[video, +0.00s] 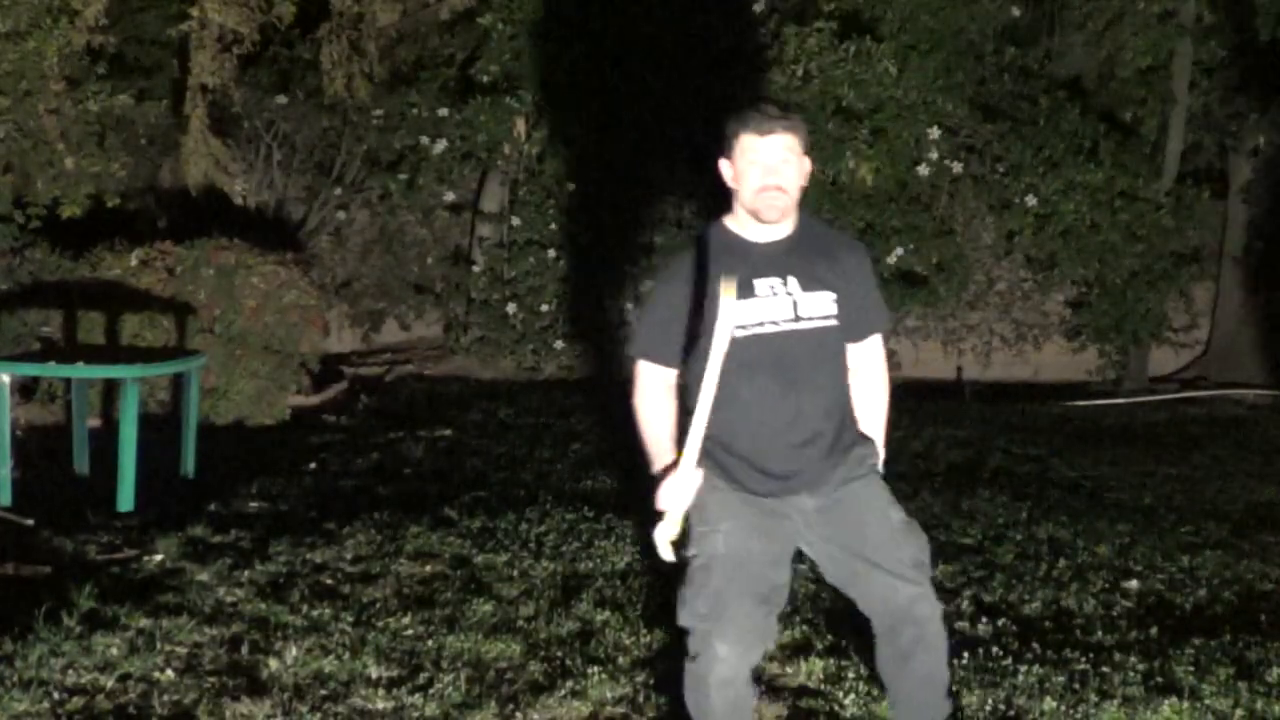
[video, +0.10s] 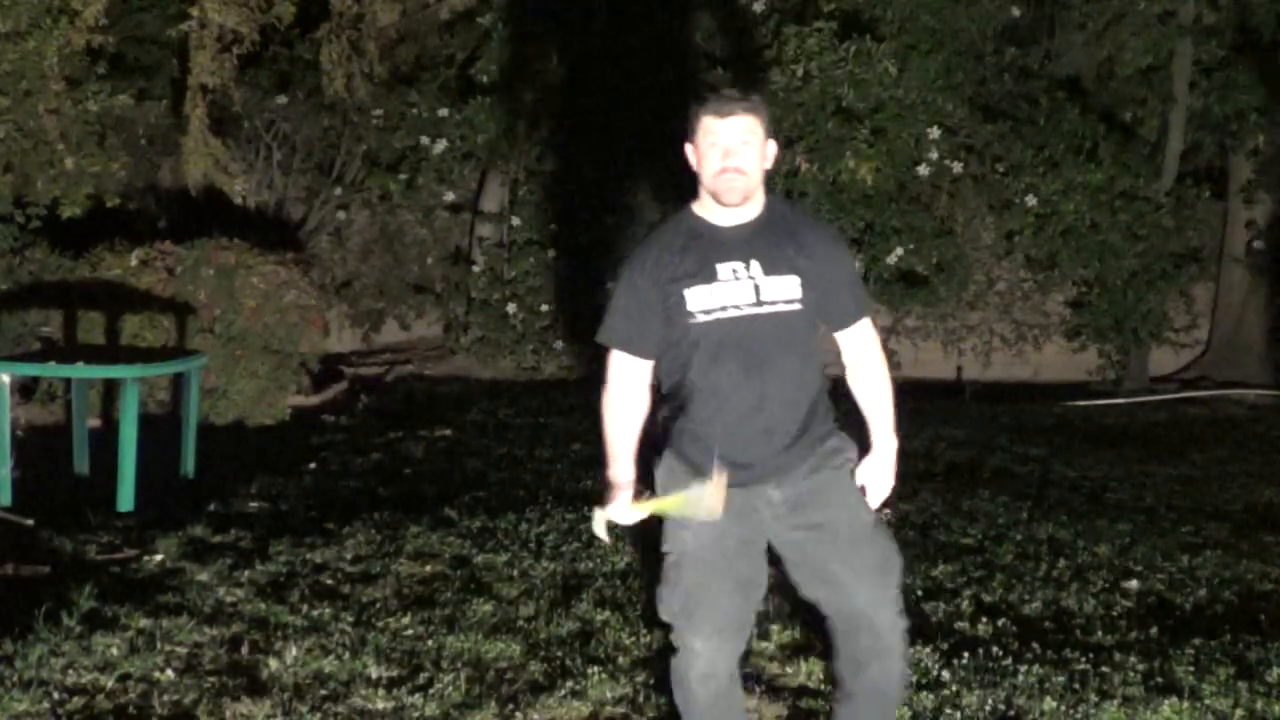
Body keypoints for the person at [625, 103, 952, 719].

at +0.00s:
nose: (774, 176)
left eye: (787, 162)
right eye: (758, 162)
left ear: (807, 171)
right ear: (728, 172)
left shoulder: (843, 258)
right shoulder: (694, 267)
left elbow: (867, 364)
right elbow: (654, 377)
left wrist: (867, 461)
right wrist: (669, 471)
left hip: (842, 483)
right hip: (734, 491)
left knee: (913, 610)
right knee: (721, 652)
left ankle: (923, 714)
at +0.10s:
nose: (731, 159)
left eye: (745, 146)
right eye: (717, 146)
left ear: (770, 154)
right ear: (692, 156)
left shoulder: (813, 245)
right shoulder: (655, 264)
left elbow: (860, 344)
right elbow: (627, 379)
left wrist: (884, 445)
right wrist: (622, 479)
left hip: (813, 472)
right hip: (705, 484)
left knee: (875, 620)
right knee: (703, 655)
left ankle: (868, 714)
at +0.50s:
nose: (600, 151)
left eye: (618, 137)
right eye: (588, 138)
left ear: (654, 148)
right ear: (573, 152)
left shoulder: (702, 246)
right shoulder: (542, 256)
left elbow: (783, 337)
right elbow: (503, 364)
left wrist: (784, 418)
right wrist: (491, 460)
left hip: (673, 477)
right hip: (586, 490)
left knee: (588, 640)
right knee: (657, 669)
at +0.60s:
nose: (564, 146)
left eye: (583, 133)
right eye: (552, 133)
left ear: (621, 147)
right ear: (536, 147)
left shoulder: (655, 253)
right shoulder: (512, 245)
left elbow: (739, 353)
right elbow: (471, 354)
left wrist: (717, 459)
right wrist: (441, 432)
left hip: (614, 490)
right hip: (540, 493)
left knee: (529, 672)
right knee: (612, 666)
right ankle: (679, 718)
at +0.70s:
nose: (524, 131)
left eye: (544, 118)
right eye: (514, 118)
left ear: (585, 136)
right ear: (500, 133)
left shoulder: (617, 245)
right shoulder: (484, 230)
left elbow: (674, 366)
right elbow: (442, 338)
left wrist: (620, 488)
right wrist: (405, 399)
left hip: (564, 484)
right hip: (484, 483)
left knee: (488, 671)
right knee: (517, 660)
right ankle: (621, 714)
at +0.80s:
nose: (486, 120)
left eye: (506, 107)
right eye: (476, 107)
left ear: (548, 122)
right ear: (463, 120)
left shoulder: (584, 230)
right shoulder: (450, 223)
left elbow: (610, 355)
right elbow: (415, 332)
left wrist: (510, 456)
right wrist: (369, 359)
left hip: (529, 478)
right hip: (439, 467)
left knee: (481, 675)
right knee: (398, 623)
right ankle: (475, 709)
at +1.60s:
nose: (279, 117)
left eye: (286, 99)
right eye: (259, 96)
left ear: (292, 101)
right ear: (203, 96)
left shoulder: (308, 213)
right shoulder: (125, 210)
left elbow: (352, 323)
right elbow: (69, 340)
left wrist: (375, 403)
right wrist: (88, 459)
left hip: (268, 511)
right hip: (146, 509)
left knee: (241, 703)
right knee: (136, 701)